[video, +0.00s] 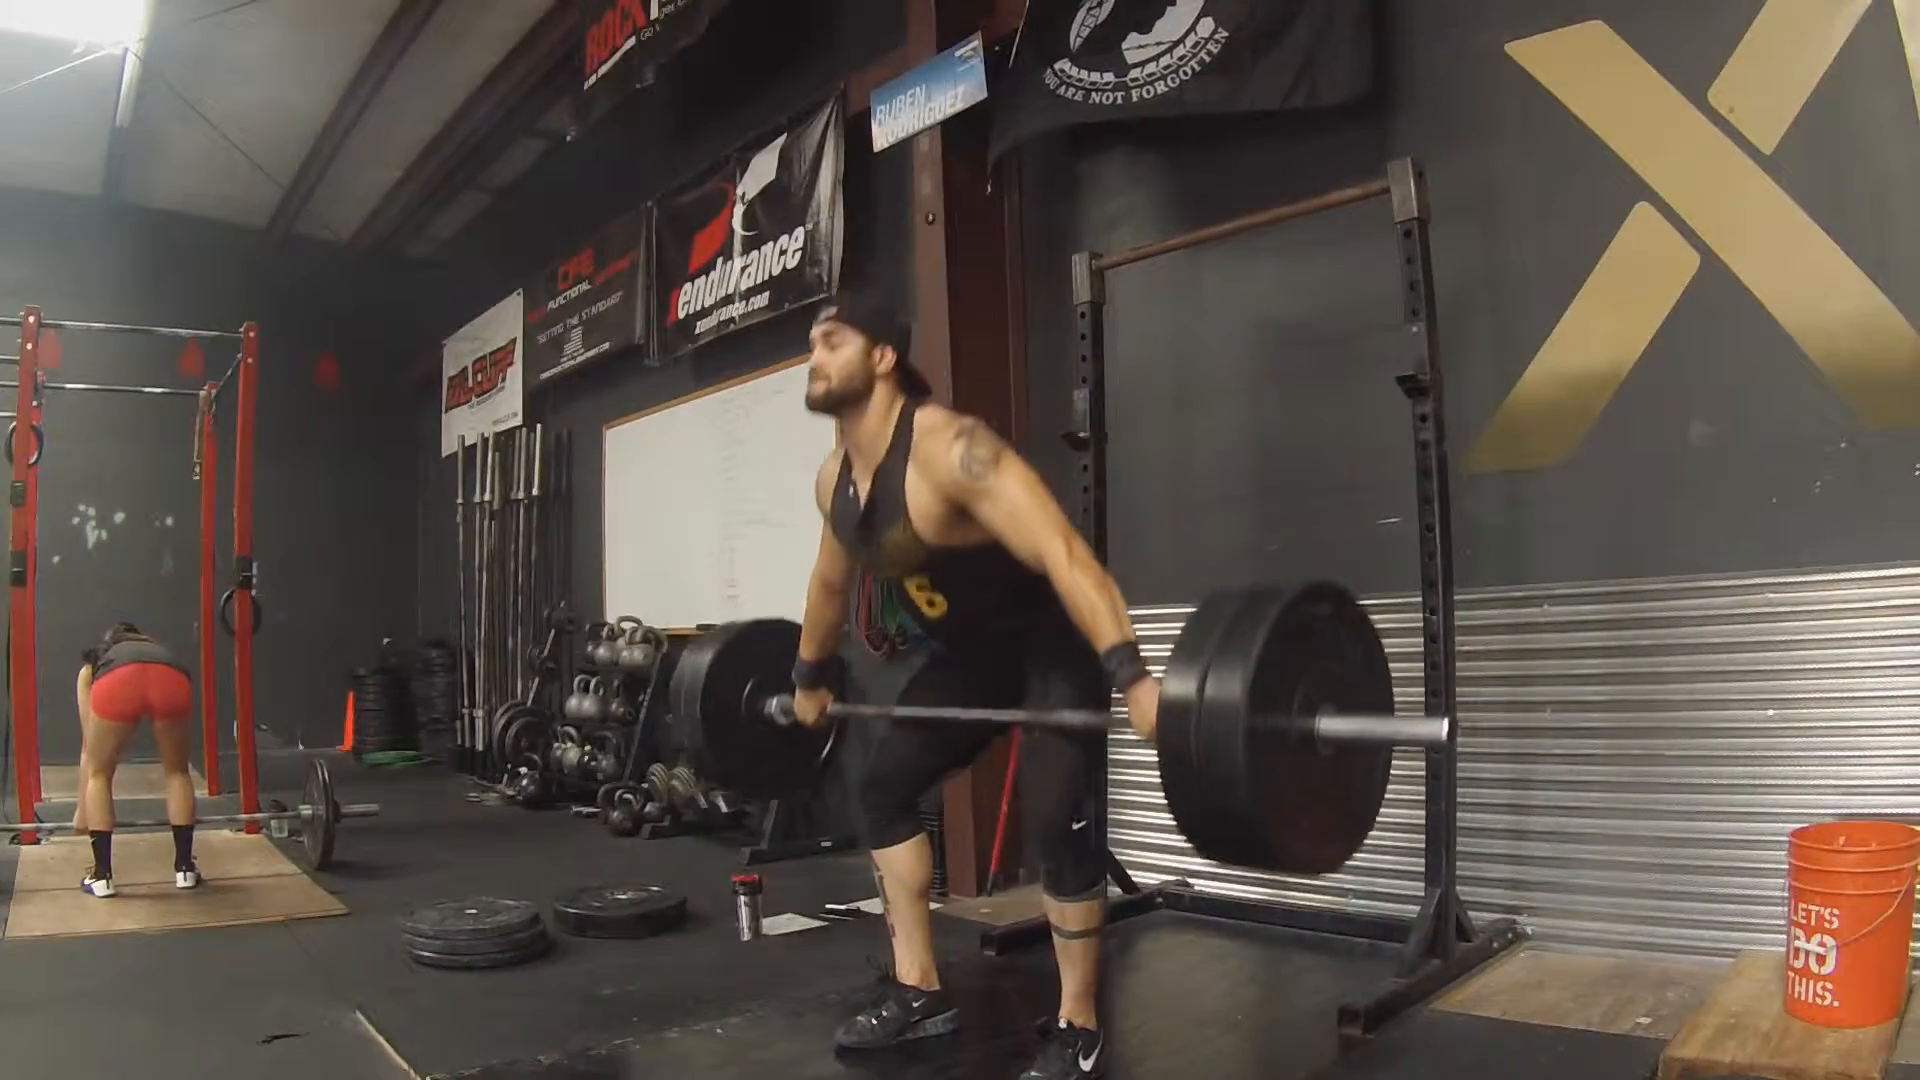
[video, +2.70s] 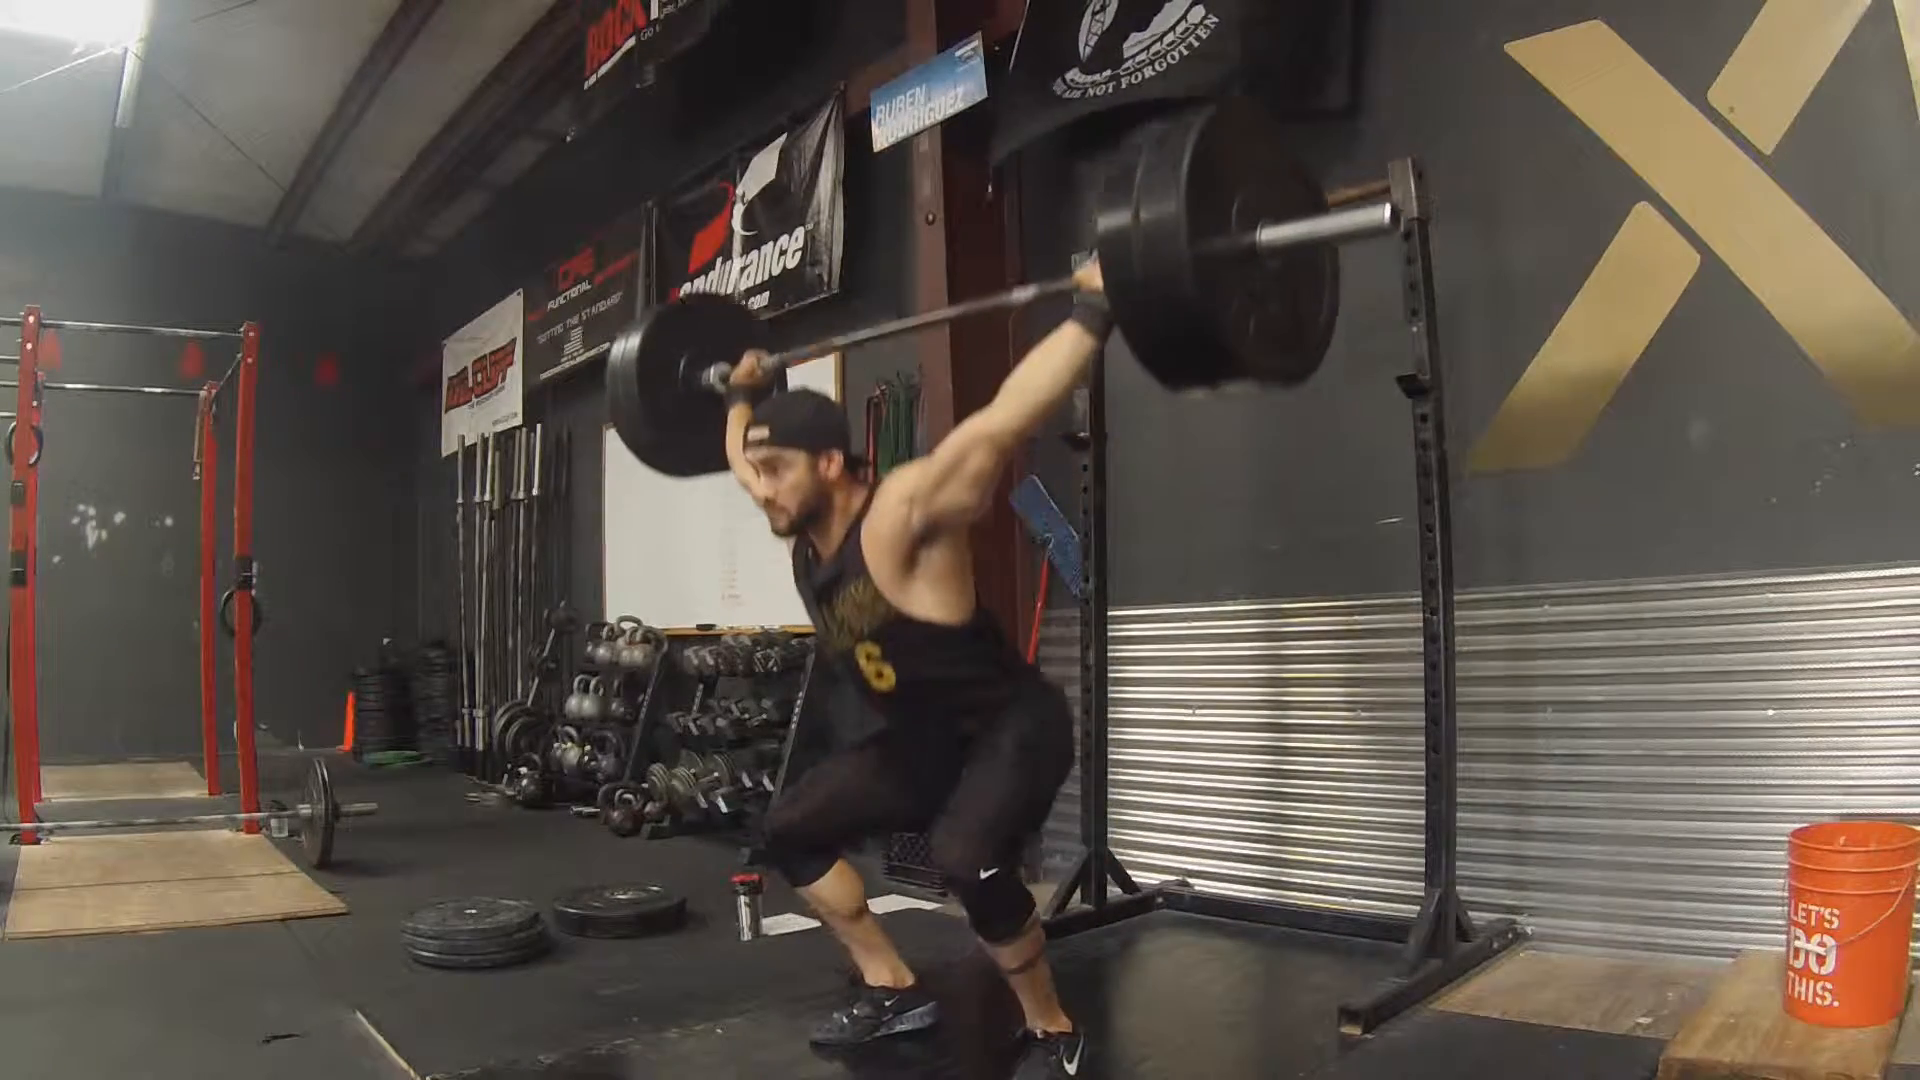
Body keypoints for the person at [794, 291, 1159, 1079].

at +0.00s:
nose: (812, 359)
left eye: (831, 344)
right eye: (811, 348)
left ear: (883, 360)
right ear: (821, 371)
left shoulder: (955, 447)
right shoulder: (839, 476)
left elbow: (1064, 553)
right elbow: (829, 586)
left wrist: (1131, 675)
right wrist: (809, 678)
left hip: (1053, 641)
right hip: (967, 649)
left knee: (1062, 821)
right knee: (885, 783)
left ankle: (1079, 1026)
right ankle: (918, 991)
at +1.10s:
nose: (931, 245)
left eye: (951, 236)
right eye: (925, 239)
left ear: (993, 263)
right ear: (918, 272)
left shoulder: (1012, 338)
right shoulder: (890, 363)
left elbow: (1089, 429)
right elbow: (847, 468)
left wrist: (1106, 532)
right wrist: (790, 552)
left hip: (979, 614)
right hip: (888, 615)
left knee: (988, 825)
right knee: (837, 793)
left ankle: (1059, 1014)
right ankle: (907, 983)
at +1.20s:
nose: (999, 225)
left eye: (1021, 220)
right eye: (995, 220)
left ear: (1056, 250)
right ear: (982, 254)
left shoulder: (1047, 298)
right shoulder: (935, 339)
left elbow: (1092, 354)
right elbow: (860, 414)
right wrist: (779, 476)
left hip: (983, 554)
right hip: (895, 557)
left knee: (1000, 768)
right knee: (873, 758)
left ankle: (1059, 1004)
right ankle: (895, 970)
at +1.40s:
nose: (935, 351)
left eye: (953, 334)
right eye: (935, 337)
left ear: (1004, 344)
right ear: (942, 351)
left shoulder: (1037, 408)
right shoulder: (931, 427)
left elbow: (1121, 424)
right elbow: (856, 444)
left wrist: (1100, 319)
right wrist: (783, 403)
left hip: (1005, 693)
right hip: (926, 694)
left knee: (987, 871)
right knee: (804, 827)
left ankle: (1061, 1038)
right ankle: (897, 993)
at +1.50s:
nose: (861, 453)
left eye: (880, 437)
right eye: (860, 440)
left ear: (930, 454)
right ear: (862, 459)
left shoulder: (975, 521)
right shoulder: (866, 542)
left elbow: (1057, 447)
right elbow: (794, 498)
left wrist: (1077, 324)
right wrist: (756, 427)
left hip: (1013, 786)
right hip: (917, 786)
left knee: (977, 889)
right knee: (793, 848)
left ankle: (1057, 1034)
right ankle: (898, 995)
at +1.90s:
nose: (797, 612)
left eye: (815, 592)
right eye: (794, 595)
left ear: (867, 603)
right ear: (791, 607)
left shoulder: (927, 654)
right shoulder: (827, 672)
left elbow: (993, 575)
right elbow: (769, 597)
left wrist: (1074, 467)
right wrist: (750, 525)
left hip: (983, 878)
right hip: (882, 879)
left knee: (941, 918)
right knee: (756, 876)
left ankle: (1051, 1034)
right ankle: (895, 993)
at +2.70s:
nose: (762, 490)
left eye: (774, 470)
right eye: (755, 474)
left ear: (831, 464)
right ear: (756, 477)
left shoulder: (911, 506)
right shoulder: (812, 534)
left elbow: (1005, 420)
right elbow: (748, 466)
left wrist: (1089, 309)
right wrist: (746, 392)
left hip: (1014, 725)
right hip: (917, 740)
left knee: (966, 858)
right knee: (793, 831)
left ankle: (1052, 1031)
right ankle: (892, 990)